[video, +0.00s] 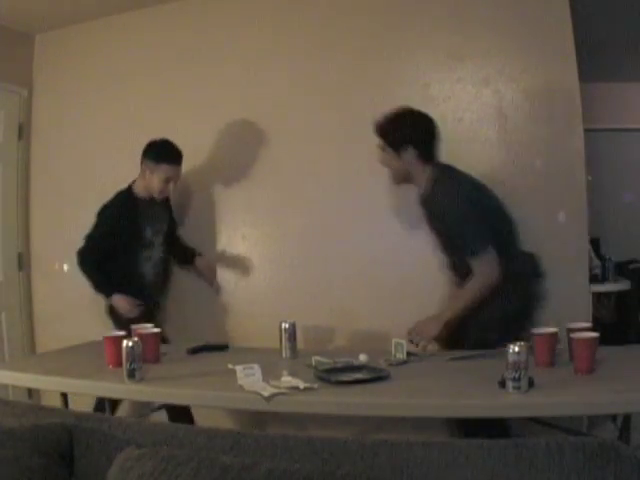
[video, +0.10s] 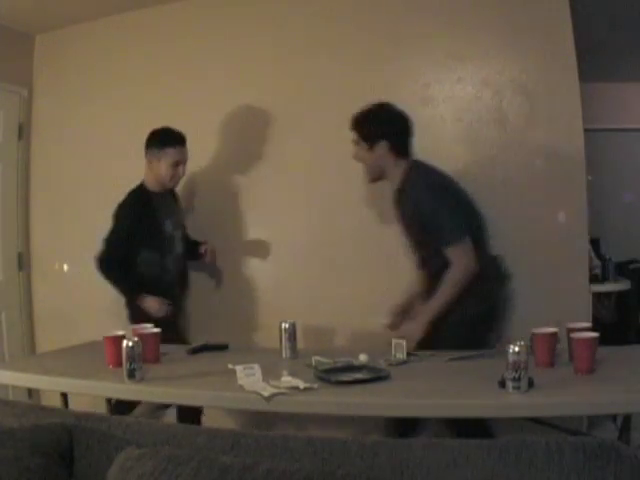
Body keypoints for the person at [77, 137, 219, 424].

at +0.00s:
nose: (170, 188)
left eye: (174, 181)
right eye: (166, 180)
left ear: (175, 177)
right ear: (146, 171)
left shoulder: (162, 206)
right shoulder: (118, 209)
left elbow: (170, 242)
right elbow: (87, 257)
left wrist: (194, 259)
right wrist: (113, 295)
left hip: (153, 304)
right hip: (127, 307)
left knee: (120, 376)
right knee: (166, 371)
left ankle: (92, 432)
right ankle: (189, 439)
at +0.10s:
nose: (181, 172)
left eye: (183, 164)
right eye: (175, 165)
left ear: (184, 162)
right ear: (152, 161)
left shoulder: (169, 200)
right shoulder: (133, 205)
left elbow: (173, 241)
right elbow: (109, 261)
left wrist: (197, 250)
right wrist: (141, 297)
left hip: (173, 306)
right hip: (148, 311)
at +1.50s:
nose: (253, 166)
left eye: (260, 157)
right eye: (245, 158)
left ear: (266, 151)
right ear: (226, 152)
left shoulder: (283, 189)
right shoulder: (207, 195)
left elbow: (295, 247)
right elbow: (205, 256)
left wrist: (273, 277)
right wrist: (227, 278)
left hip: (279, 305)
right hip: (233, 308)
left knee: (290, 386)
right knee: (235, 390)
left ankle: (299, 459)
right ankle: (241, 459)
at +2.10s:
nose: (294, 200)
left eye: (301, 190)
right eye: (286, 192)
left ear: (308, 178)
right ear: (264, 178)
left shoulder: (314, 210)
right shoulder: (239, 197)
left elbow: (345, 266)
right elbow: (225, 241)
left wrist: (383, 328)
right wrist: (234, 279)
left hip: (295, 315)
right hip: (247, 312)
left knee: (300, 397)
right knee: (235, 393)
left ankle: (303, 465)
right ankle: (240, 460)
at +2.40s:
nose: (281, 189)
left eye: (287, 180)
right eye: (272, 181)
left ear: (293, 170)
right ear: (250, 170)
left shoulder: (304, 207)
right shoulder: (230, 200)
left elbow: (336, 266)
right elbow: (223, 246)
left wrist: (372, 314)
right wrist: (229, 280)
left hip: (291, 318)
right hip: (243, 315)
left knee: (299, 396)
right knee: (223, 390)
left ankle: (302, 464)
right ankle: (231, 458)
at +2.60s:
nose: (259, 165)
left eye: (265, 155)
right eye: (250, 157)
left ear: (271, 151)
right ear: (230, 153)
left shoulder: (287, 192)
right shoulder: (210, 195)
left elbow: (308, 255)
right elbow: (204, 245)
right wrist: (210, 277)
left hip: (279, 312)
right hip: (230, 312)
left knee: (291, 391)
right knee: (217, 392)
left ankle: (299, 459)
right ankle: (225, 458)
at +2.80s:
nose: (236, 144)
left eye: (241, 137)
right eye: (228, 137)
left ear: (247, 140)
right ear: (210, 142)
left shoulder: (262, 181)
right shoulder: (191, 192)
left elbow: (294, 199)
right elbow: (177, 245)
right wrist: (182, 261)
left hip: (258, 305)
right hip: (212, 310)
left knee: (277, 383)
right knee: (211, 392)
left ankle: (292, 456)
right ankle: (225, 457)